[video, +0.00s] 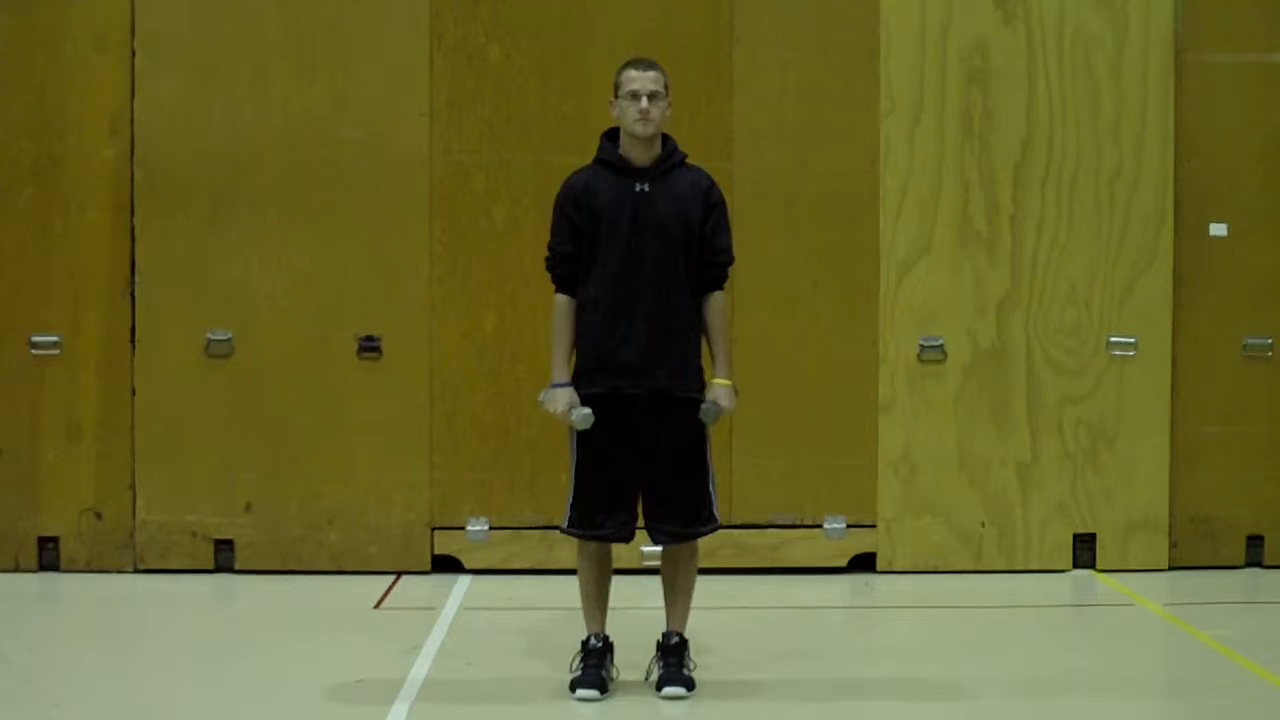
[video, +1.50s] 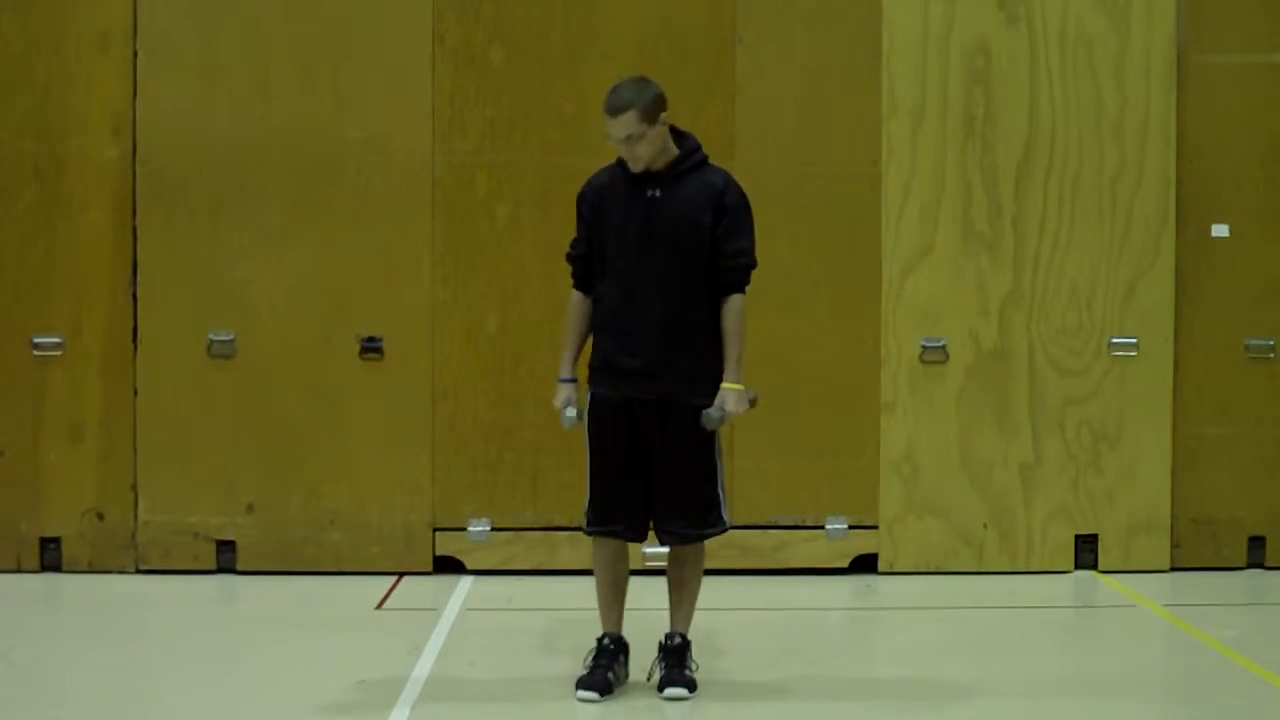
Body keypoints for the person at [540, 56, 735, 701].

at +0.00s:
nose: (645, 107)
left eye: (655, 98)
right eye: (634, 97)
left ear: (669, 107)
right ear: (614, 106)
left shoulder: (698, 189)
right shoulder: (581, 189)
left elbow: (713, 290)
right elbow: (565, 292)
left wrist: (723, 374)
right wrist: (560, 379)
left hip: (676, 384)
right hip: (601, 384)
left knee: (680, 525)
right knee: (595, 523)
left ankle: (675, 647)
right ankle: (595, 647)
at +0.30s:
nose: (646, 106)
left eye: (656, 97)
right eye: (635, 97)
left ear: (670, 107)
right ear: (615, 106)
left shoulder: (700, 187)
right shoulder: (584, 188)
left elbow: (714, 289)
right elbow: (566, 291)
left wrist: (722, 375)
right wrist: (564, 378)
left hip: (678, 384)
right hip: (603, 384)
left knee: (681, 524)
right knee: (596, 523)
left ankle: (675, 647)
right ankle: (595, 646)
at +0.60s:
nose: (651, 108)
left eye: (662, 98)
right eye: (640, 98)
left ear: (677, 108)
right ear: (622, 107)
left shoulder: (708, 189)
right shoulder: (590, 188)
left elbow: (721, 290)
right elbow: (572, 290)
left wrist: (726, 376)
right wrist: (563, 378)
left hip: (682, 385)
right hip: (606, 383)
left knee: (683, 523)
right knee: (597, 521)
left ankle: (675, 648)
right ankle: (595, 646)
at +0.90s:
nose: (661, 109)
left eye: (672, 99)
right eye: (651, 99)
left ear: (688, 109)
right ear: (632, 108)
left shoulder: (716, 191)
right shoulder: (599, 188)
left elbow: (728, 293)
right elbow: (579, 288)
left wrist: (733, 379)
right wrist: (563, 373)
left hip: (686, 386)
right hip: (611, 383)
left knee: (685, 524)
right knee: (600, 521)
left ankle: (675, 648)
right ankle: (596, 646)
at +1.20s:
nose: (663, 116)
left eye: (674, 106)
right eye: (653, 105)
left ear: (690, 111)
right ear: (635, 109)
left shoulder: (720, 192)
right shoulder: (603, 188)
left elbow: (731, 292)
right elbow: (583, 287)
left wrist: (734, 378)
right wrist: (566, 372)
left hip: (689, 387)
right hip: (614, 383)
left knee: (687, 525)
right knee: (602, 520)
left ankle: (676, 648)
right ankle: (597, 646)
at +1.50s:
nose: (622, 152)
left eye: (630, 140)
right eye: (616, 141)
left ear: (661, 122)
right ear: (611, 133)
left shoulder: (718, 192)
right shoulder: (601, 192)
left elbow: (734, 291)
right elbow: (584, 286)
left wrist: (733, 379)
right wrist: (567, 369)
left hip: (689, 389)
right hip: (615, 387)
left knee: (686, 525)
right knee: (610, 522)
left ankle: (676, 648)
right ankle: (610, 646)